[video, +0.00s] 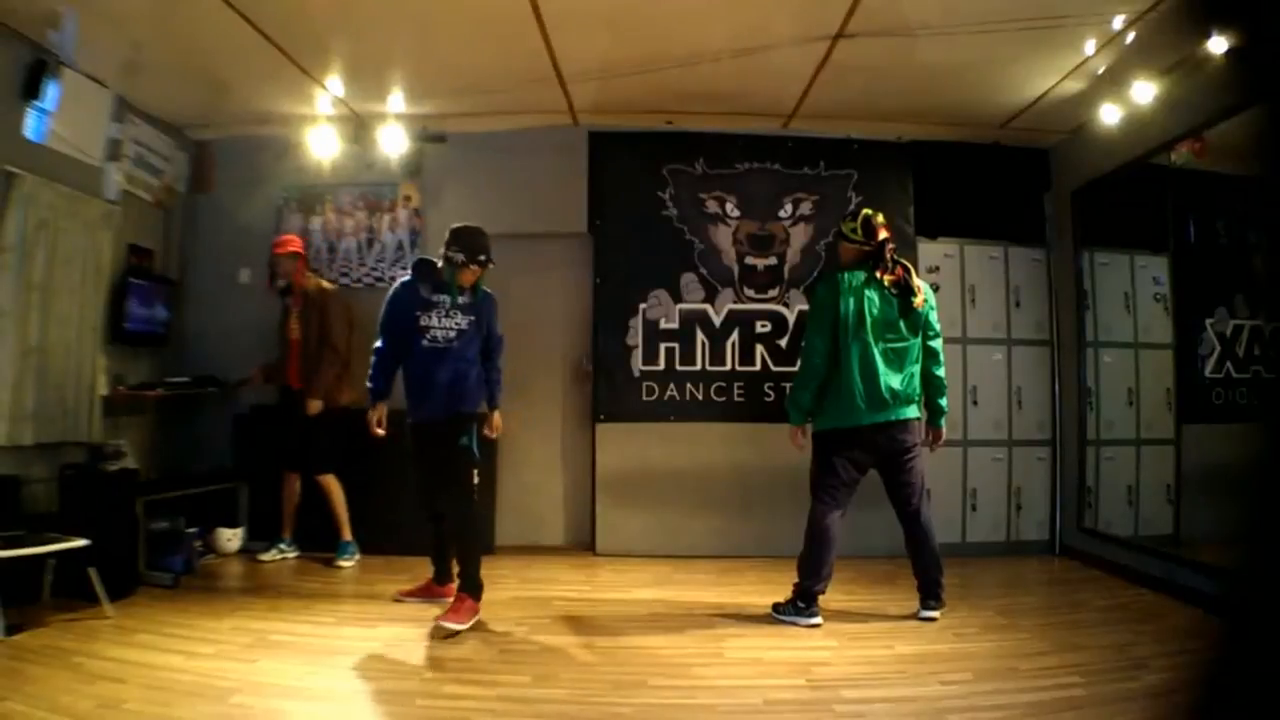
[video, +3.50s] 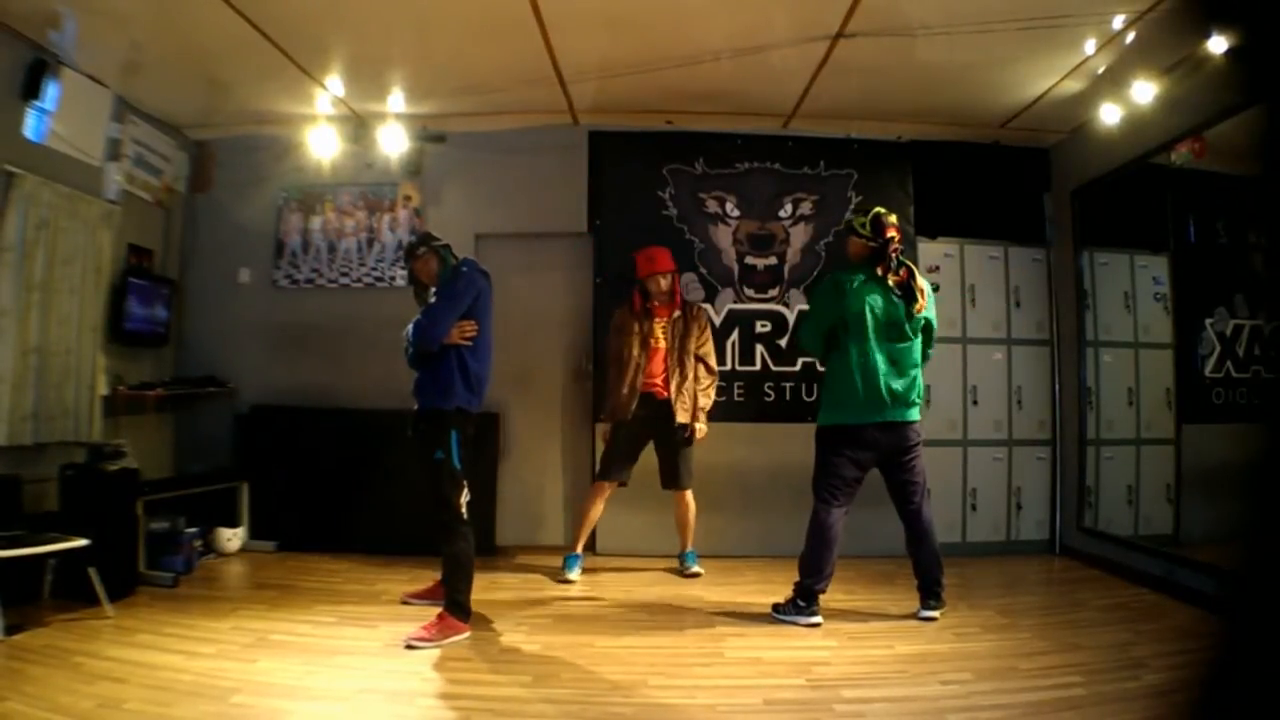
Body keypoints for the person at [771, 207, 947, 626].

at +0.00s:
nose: (835, 248)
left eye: (841, 242)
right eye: (838, 241)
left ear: (857, 247)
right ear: (881, 246)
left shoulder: (834, 286)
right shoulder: (917, 289)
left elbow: (816, 355)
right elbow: (933, 358)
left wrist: (799, 410)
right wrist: (936, 413)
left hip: (844, 419)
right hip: (901, 420)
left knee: (827, 508)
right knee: (915, 510)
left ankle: (806, 600)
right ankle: (931, 598)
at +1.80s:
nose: (835, 250)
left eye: (840, 245)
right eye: (838, 243)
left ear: (852, 249)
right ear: (880, 246)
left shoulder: (830, 290)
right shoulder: (912, 288)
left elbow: (804, 352)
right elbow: (938, 344)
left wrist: (773, 396)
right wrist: (954, 392)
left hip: (842, 422)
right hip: (899, 420)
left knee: (827, 506)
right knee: (914, 508)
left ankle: (806, 600)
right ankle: (931, 598)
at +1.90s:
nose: (832, 250)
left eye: (837, 245)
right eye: (836, 243)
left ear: (850, 249)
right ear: (878, 247)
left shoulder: (830, 287)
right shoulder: (911, 286)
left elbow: (793, 338)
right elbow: (944, 332)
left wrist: (742, 373)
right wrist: (977, 366)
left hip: (841, 420)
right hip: (898, 420)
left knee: (827, 505)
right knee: (913, 507)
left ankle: (806, 600)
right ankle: (932, 598)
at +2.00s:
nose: (834, 250)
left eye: (838, 245)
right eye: (837, 243)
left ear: (851, 249)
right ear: (879, 246)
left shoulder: (830, 287)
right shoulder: (910, 285)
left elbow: (783, 325)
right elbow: (954, 321)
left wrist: (722, 332)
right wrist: (998, 331)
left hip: (841, 421)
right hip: (897, 419)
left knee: (827, 505)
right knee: (913, 507)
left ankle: (807, 600)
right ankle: (931, 597)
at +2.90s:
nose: (835, 248)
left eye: (841, 243)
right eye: (838, 241)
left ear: (854, 248)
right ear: (884, 246)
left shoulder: (830, 285)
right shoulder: (914, 284)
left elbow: (797, 344)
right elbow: (948, 333)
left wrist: (756, 387)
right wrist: (987, 360)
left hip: (844, 418)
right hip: (899, 418)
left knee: (829, 504)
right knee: (915, 507)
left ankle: (806, 600)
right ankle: (931, 597)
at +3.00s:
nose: (835, 246)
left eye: (842, 240)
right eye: (838, 238)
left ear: (858, 247)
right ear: (882, 245)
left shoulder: (830, 288)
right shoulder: (916, 286)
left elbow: (819, 354)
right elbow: (932, 349)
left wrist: (816, 408)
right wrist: (938, 397)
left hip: (848, 417)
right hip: (901, 418)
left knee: (829, 504)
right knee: (915, 507)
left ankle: (806, 599)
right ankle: (931, 597)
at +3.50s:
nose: (842, 243)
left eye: (848, 236)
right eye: (846, 235)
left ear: (863, 245)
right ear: (887, 246)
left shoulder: (837, 285)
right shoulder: (918, 285)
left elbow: (807, 341)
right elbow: (924, 349)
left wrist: (843, 349)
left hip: (847, 416)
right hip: (903, 417)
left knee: (830, 505)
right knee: (916, 507)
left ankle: (806, 600)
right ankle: (932, 598)